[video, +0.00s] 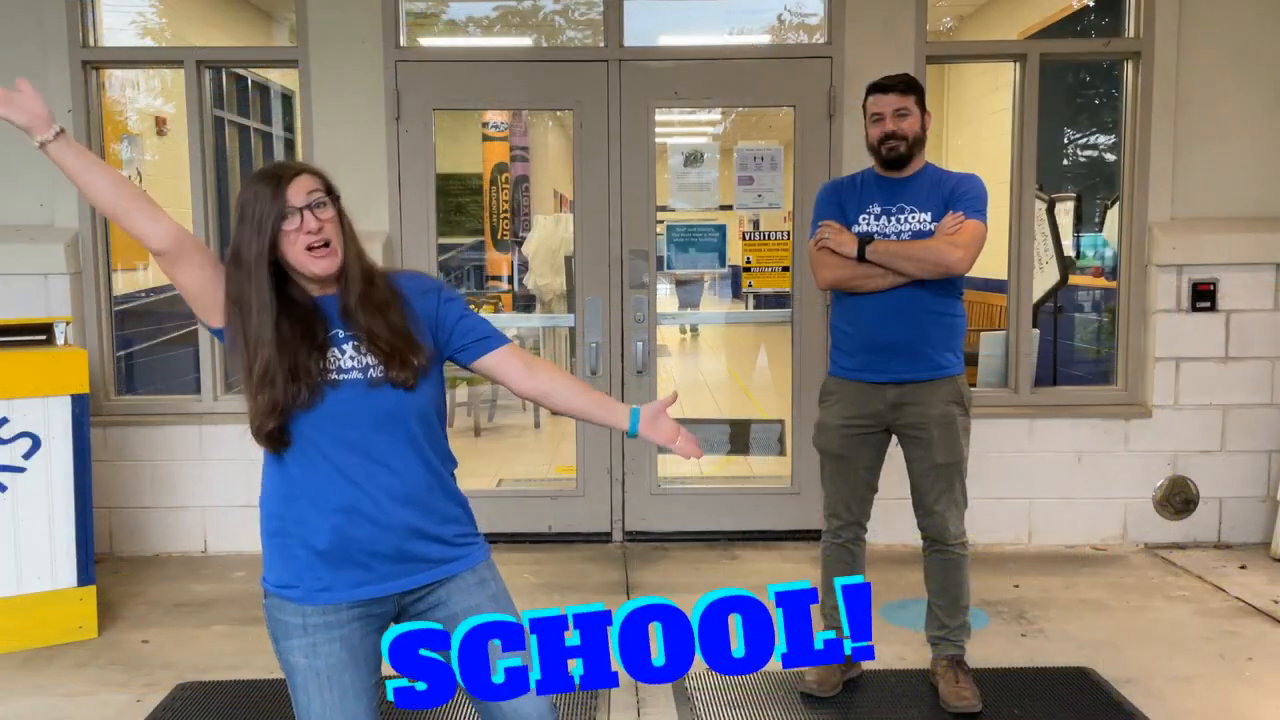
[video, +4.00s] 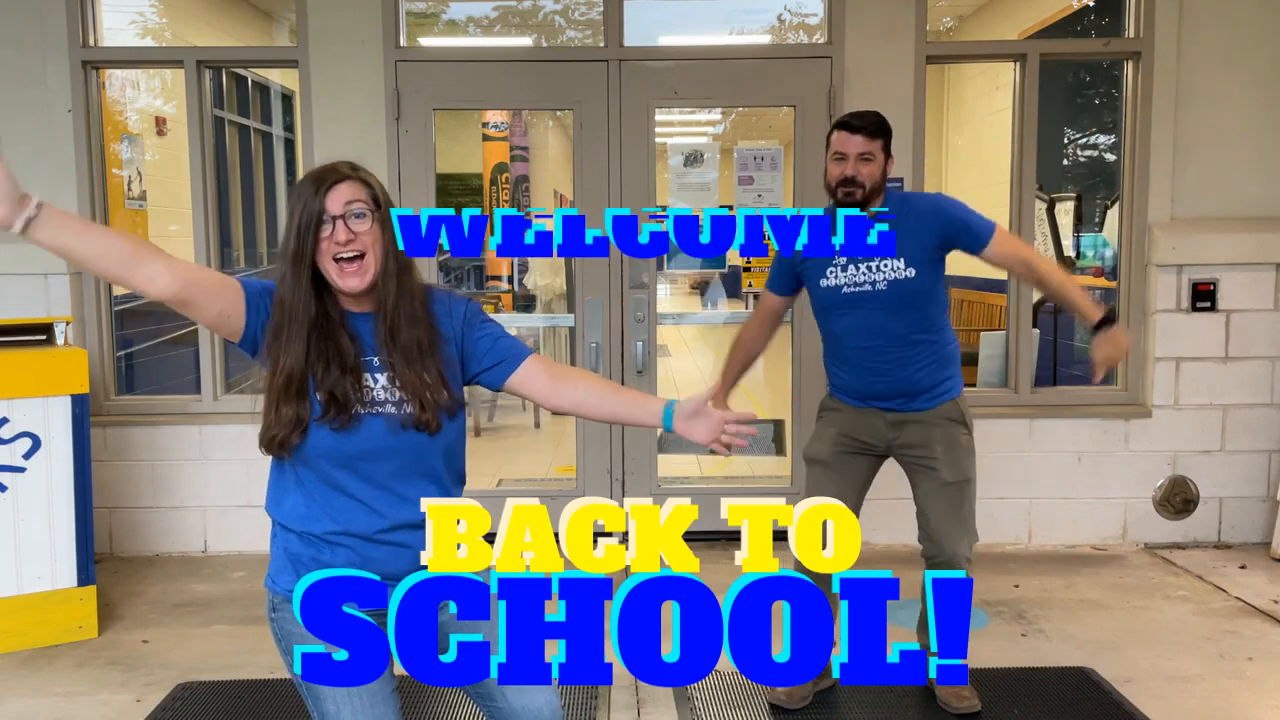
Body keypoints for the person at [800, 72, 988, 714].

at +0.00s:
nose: (888, 127)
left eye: (901, 116)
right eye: (877, 118)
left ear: (923, 122)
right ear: (865, 128)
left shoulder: (960, 187)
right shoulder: (839, 194)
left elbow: (954, 260)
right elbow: (826, 273)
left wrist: (861, 244)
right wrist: (923, 260)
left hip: (933, 384)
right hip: (851, 385)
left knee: (945, 529)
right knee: (842, 525)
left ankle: (950, 656)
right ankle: (839, 651)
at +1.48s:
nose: (908, 133)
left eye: (921, 122)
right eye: (897, 123)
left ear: (944, 130)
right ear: (884, 133)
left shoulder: (984, 195)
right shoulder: (857, 198)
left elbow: (1009, 286)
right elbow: (835, 288)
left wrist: (931, 296)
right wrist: (942, 270)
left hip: (956, 393)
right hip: (870, 392)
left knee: (965, 537)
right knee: (837, 529)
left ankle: (953, 665)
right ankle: (826, 652)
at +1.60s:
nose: (897, 134)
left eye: (911, 122)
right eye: (886, 123)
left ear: (935, 130)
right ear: (872, 133)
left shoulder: (978, 188)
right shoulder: (848, 202)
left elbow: (1055, 251)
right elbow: (794, 278)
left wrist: (1026, 258)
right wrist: (822, 285)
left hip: (955, 395)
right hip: (869, 394)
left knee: (971, 534)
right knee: (825, 526)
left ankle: (954, 662)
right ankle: (817, 649)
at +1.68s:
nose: (881, 137)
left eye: (895, 126)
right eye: (870, 126)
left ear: (918, 134)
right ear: (857, 135)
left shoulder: (962, 176)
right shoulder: (837, 202)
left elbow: (1049, 200)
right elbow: (784, 238)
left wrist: (1059, 182)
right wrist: (751, 260)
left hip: (953, 397)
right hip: (865, 397)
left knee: (974, 537)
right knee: (820, 524)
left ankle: (955, 664)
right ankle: (809, 651)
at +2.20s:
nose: (809, 205)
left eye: (825, 195)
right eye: (800, 192)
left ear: (848, 201)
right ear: (787, 197)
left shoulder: (888, 224)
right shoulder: (780, 262)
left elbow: (987, 189)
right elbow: (728, 292)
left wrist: (1074, 136)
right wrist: (657, 299)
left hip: (920, 429)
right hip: (839, 434)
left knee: (967, 567)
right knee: (794, 546)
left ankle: (955, 666)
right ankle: (805, 660)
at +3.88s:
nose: (839, 161)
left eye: (853, 151)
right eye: (829, 149)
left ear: (879, 153)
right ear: (818, 151)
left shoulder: (922, 189)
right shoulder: (799, 221)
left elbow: (1028, 179)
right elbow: (722, 277)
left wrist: (1131, 165)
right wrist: (656, 333)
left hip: (927, 404)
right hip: (840, 403)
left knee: (946, 545)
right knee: (807, 537)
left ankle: (948, 668)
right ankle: (809, 663)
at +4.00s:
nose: (849, 170)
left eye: (863, 158)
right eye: (838, 158)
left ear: (887, 165)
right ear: (824, 164)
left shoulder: (931, 215)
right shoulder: (805, 236)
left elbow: (1025, 261)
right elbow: (763, 319)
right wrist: (721, 389)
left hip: (934, 413)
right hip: (849, 412)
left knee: (951, 552)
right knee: (813, 537)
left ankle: (947, 663)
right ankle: (807, 656)